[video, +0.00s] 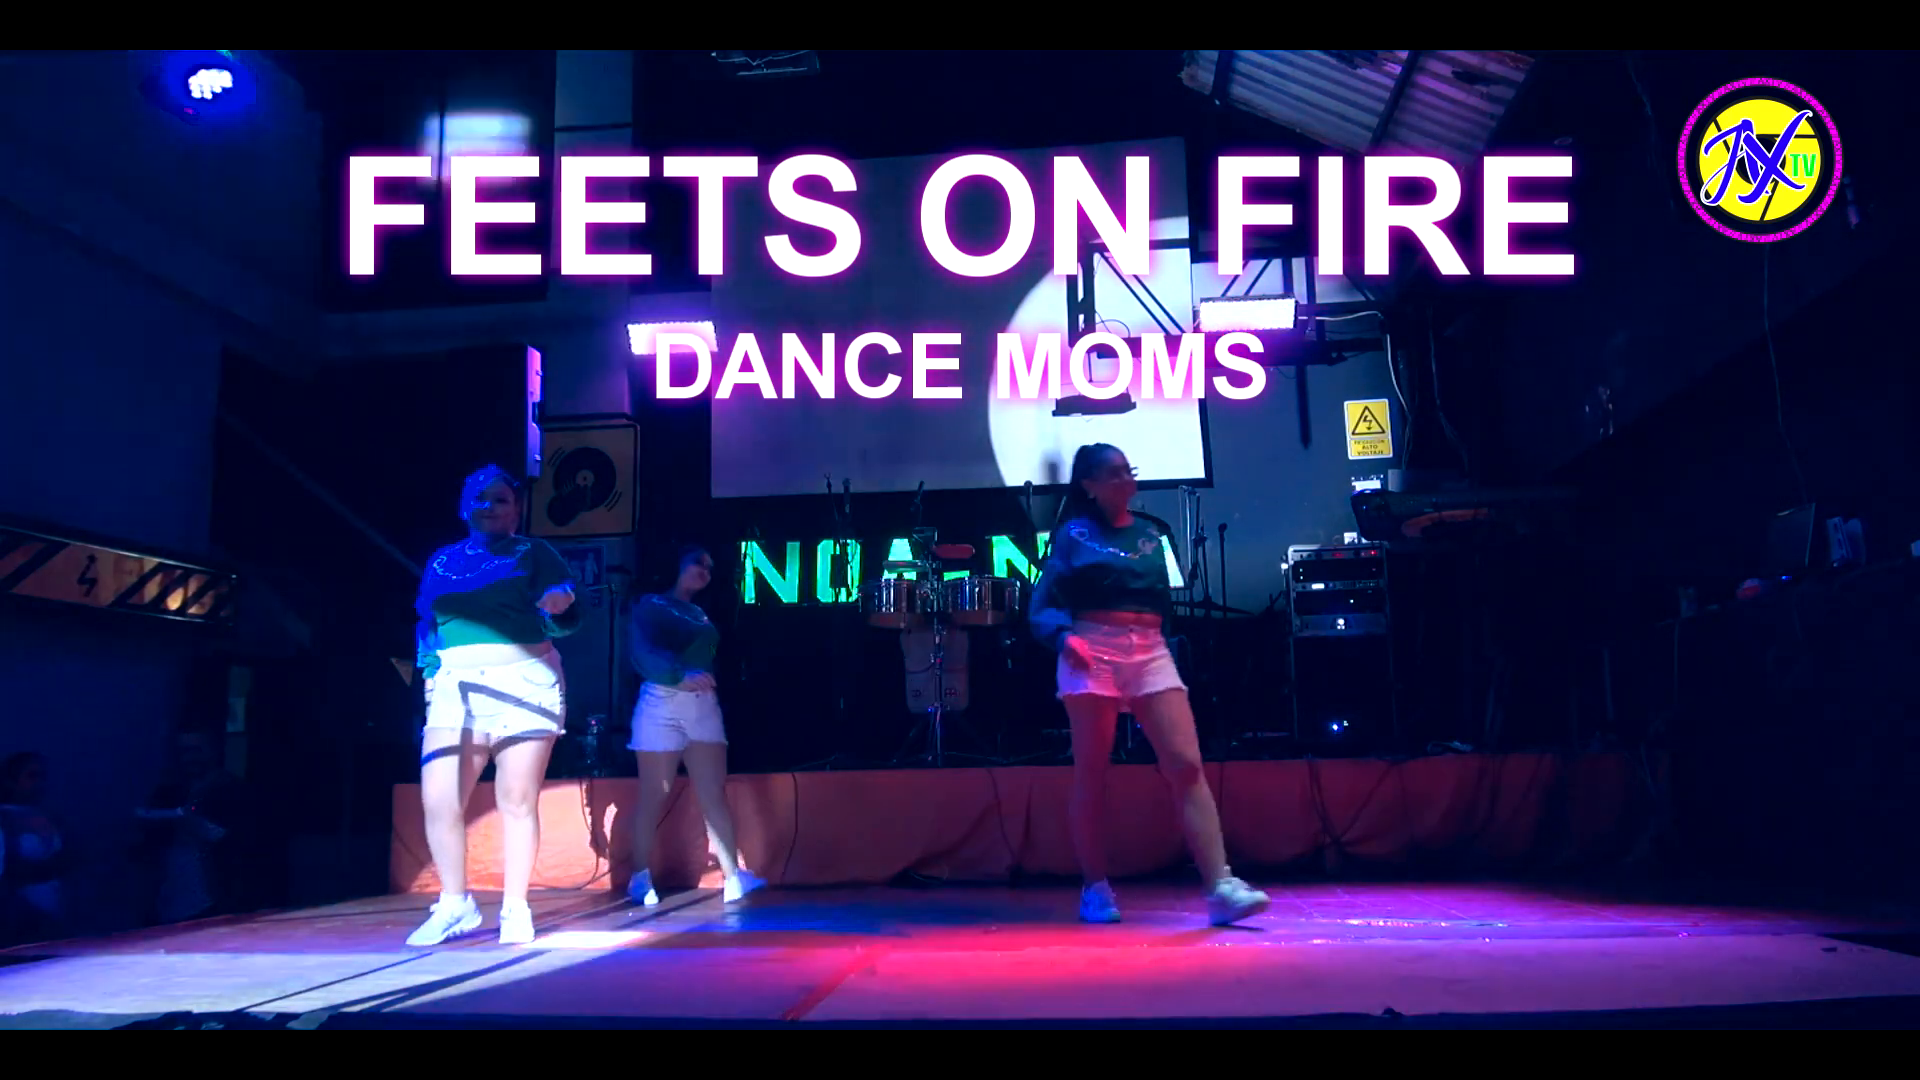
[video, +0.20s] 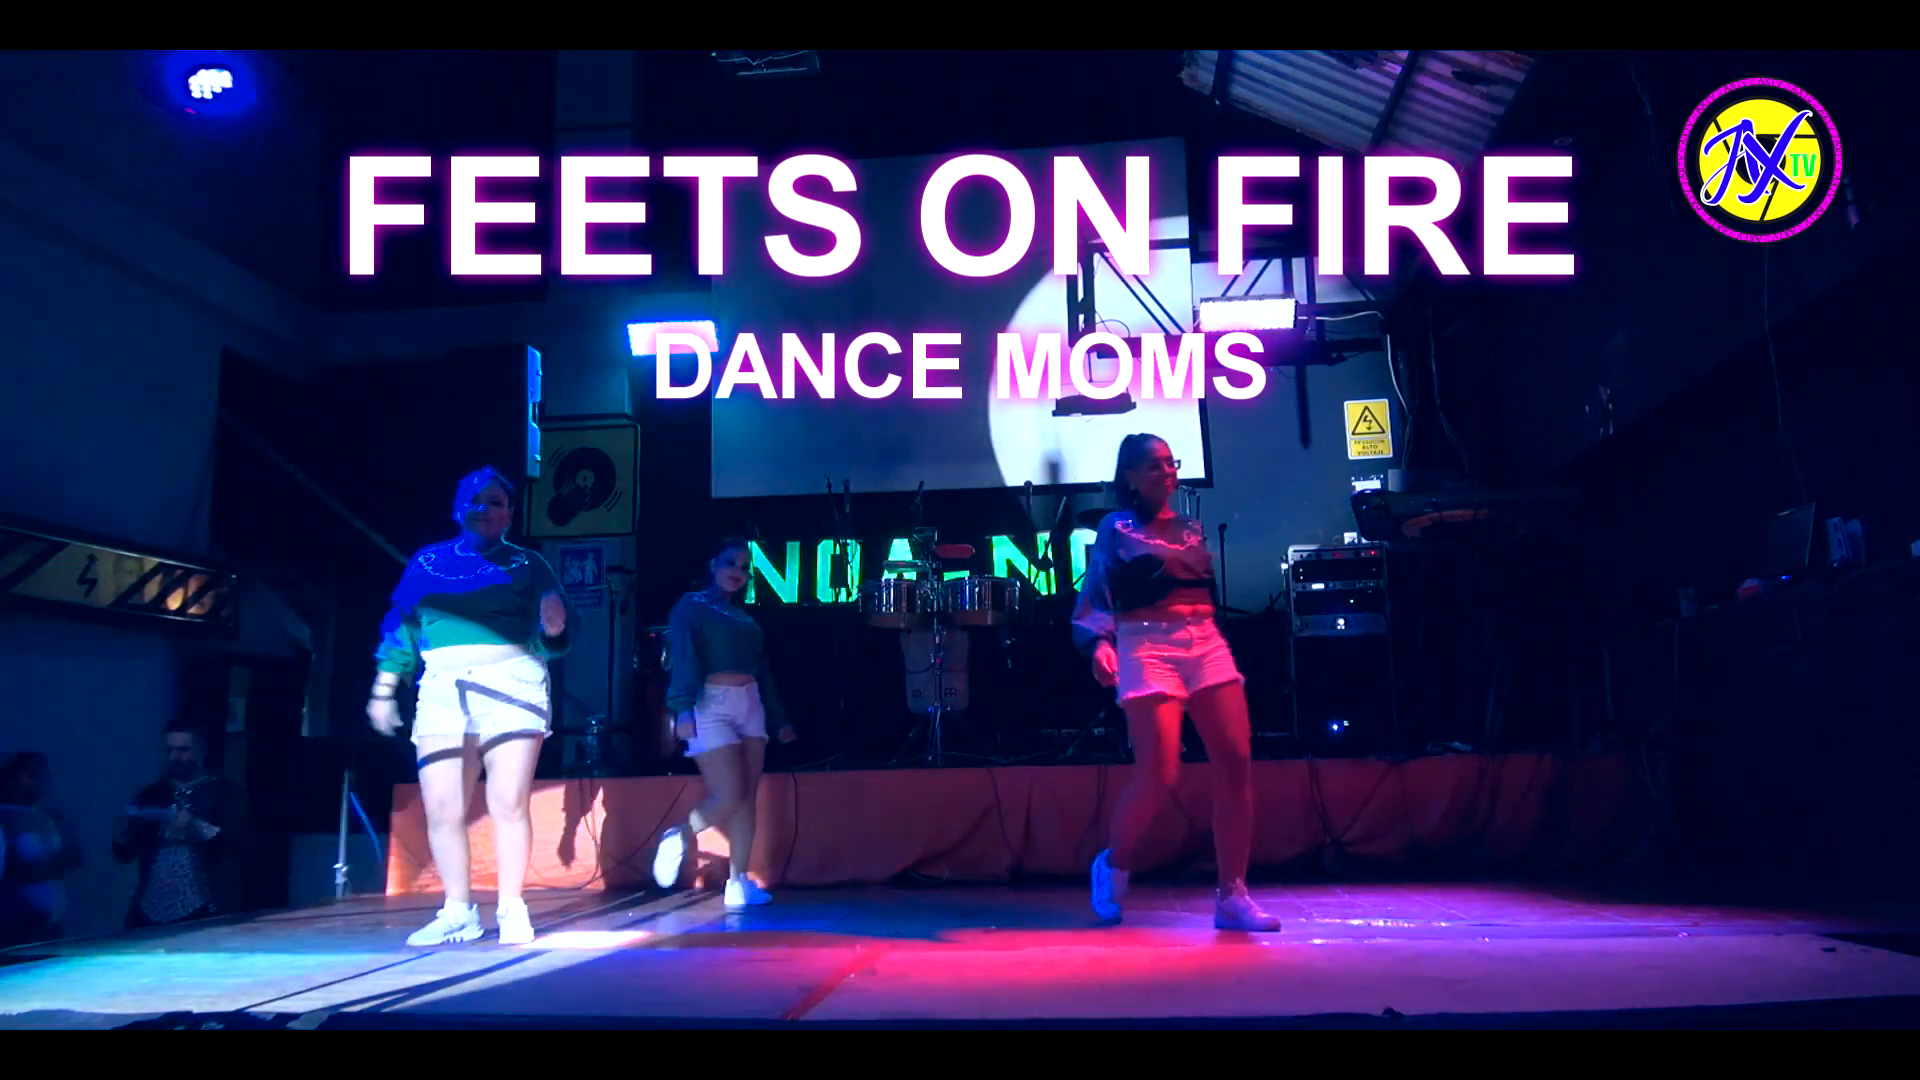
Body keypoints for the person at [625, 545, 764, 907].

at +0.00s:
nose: (705, 573)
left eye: (708, 569)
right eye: (699, 566)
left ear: (706, 577)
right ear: (680, 567)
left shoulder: (700, 615)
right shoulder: (650, 607)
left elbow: (701, 660)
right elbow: (643, 657)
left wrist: (704, 680)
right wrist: (681, 677)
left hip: (703, 704)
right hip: (661, 704)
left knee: (713, 794)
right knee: (654, 794)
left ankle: (733, 876)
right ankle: (641, 877)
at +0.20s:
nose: (738, 572)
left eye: (744, 567)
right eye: (731, 565)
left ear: (748, 573)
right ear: (714, 567)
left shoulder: (745, 619)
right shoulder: (692, 607)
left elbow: (763, 674)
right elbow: (682, 659)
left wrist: (778, 720)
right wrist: (683, 710)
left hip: (751, 702)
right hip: (709, 703)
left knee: (746, 797)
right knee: (729, 796)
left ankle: (737, 882)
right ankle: (680, 837)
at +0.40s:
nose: (756, 562)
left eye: (763, 555)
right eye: (748, 556)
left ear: (773, 560)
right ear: (736, 560)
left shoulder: (786, 608)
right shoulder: (722, 605)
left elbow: (811, 659)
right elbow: (693, 652)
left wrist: (846, 675)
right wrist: (673, 697)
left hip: (781, 701)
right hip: (739, 698)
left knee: (757, 788)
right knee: (790, 764)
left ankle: (739, 876)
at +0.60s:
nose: (776, 563)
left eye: (782, 555)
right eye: (770, 557)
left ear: (797, 557)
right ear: (763, 563)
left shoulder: (825, 601)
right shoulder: (758, 610)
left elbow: (863, 640)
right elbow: (725, 662)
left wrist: (896, 667)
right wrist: (692, 702)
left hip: (816, 702)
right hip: (773, 700)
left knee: (780, 794)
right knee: (791, 794)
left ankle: (746, 873)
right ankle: (819, 882)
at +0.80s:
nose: (821, 553)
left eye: (829, 546)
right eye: (813, 546)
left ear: (840, 553)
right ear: (800, 553)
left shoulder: (858, 601)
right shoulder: (789, 604)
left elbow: (882, 656)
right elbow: (773, 660)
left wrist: (896, 703)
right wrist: (767, 713)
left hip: (852, 694)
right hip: (805, 691)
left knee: (863, 784)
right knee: (818, 791)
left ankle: (810, 817)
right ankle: (826, 884)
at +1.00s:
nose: (866, 534)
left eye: (873, 528)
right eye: (858, 527)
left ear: (883, 536)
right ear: (844, 534)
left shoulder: (892, 586)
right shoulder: (825, 581)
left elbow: (902, 641)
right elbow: (808, 635)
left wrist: (903, 686)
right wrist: (834, 671)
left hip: (885, 683)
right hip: (835, 685)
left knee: (903, 776)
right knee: (837, 785)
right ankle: (839, 879)